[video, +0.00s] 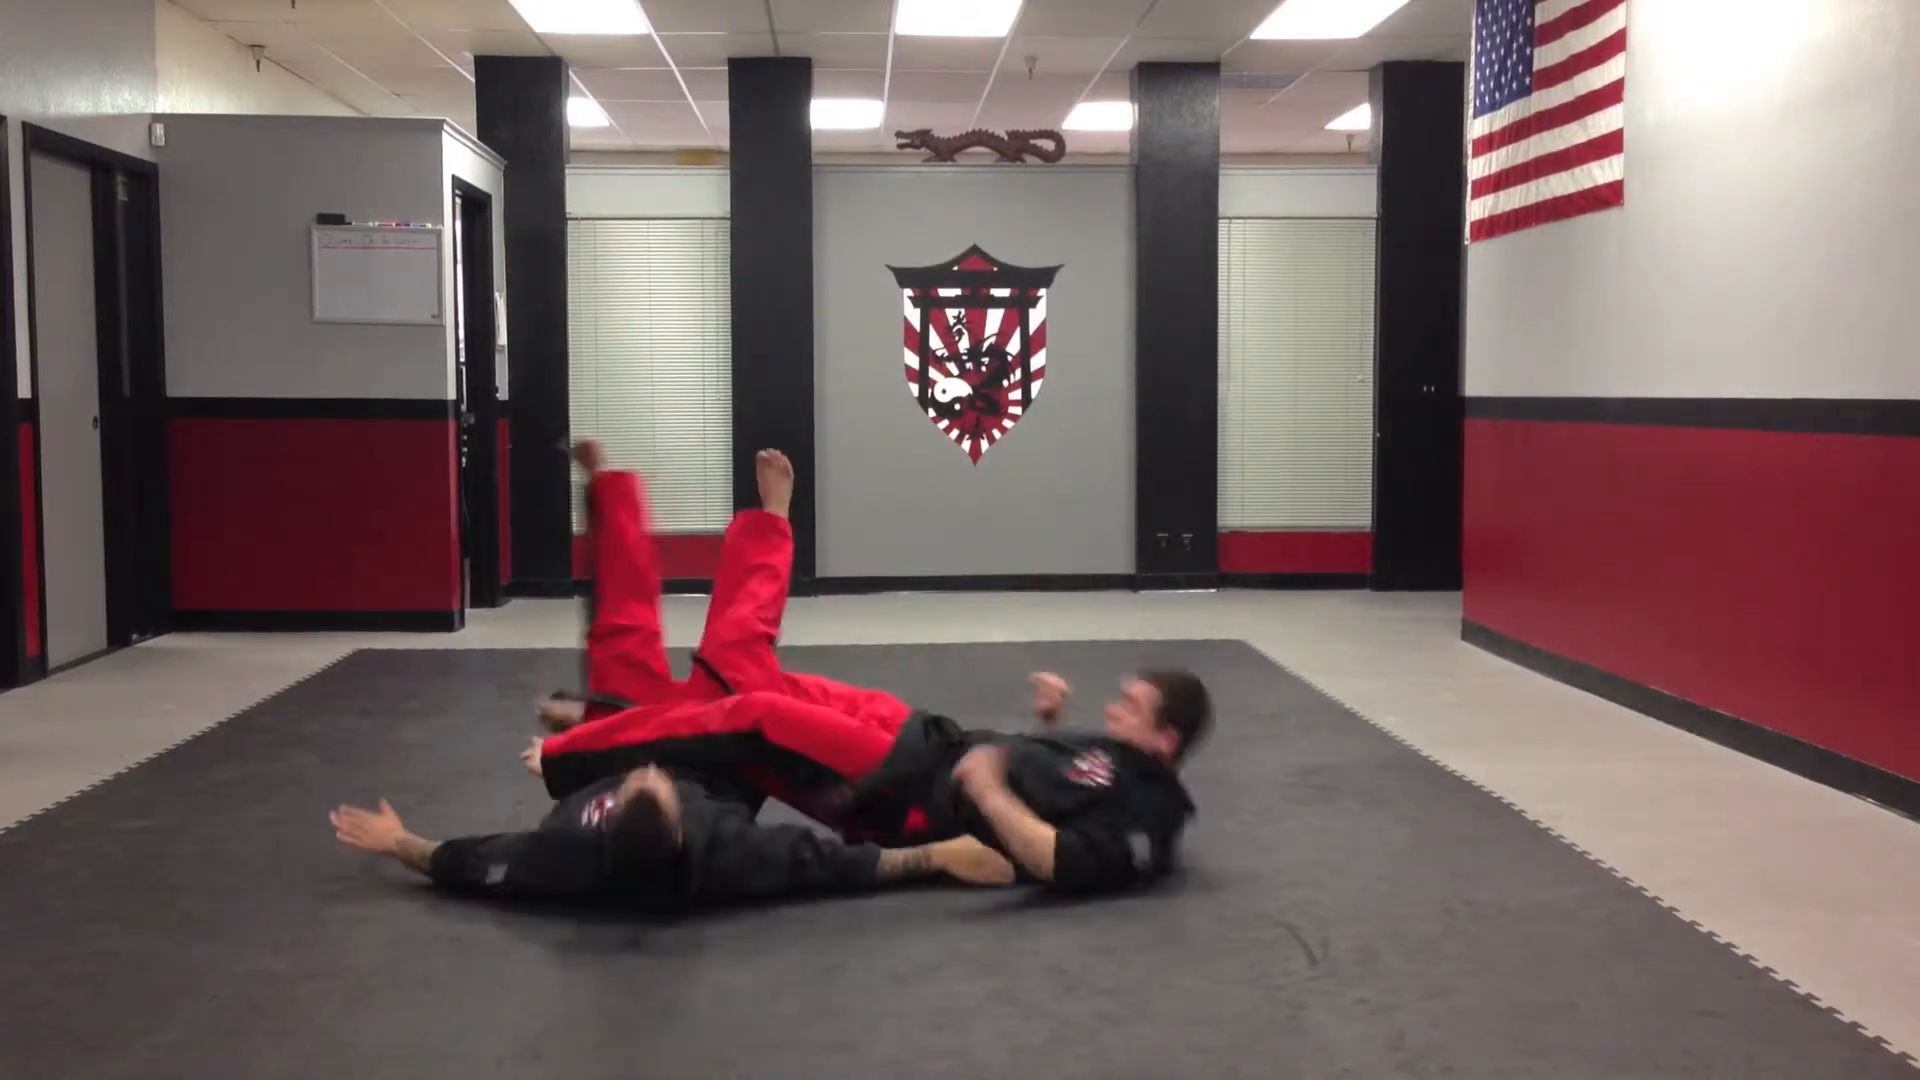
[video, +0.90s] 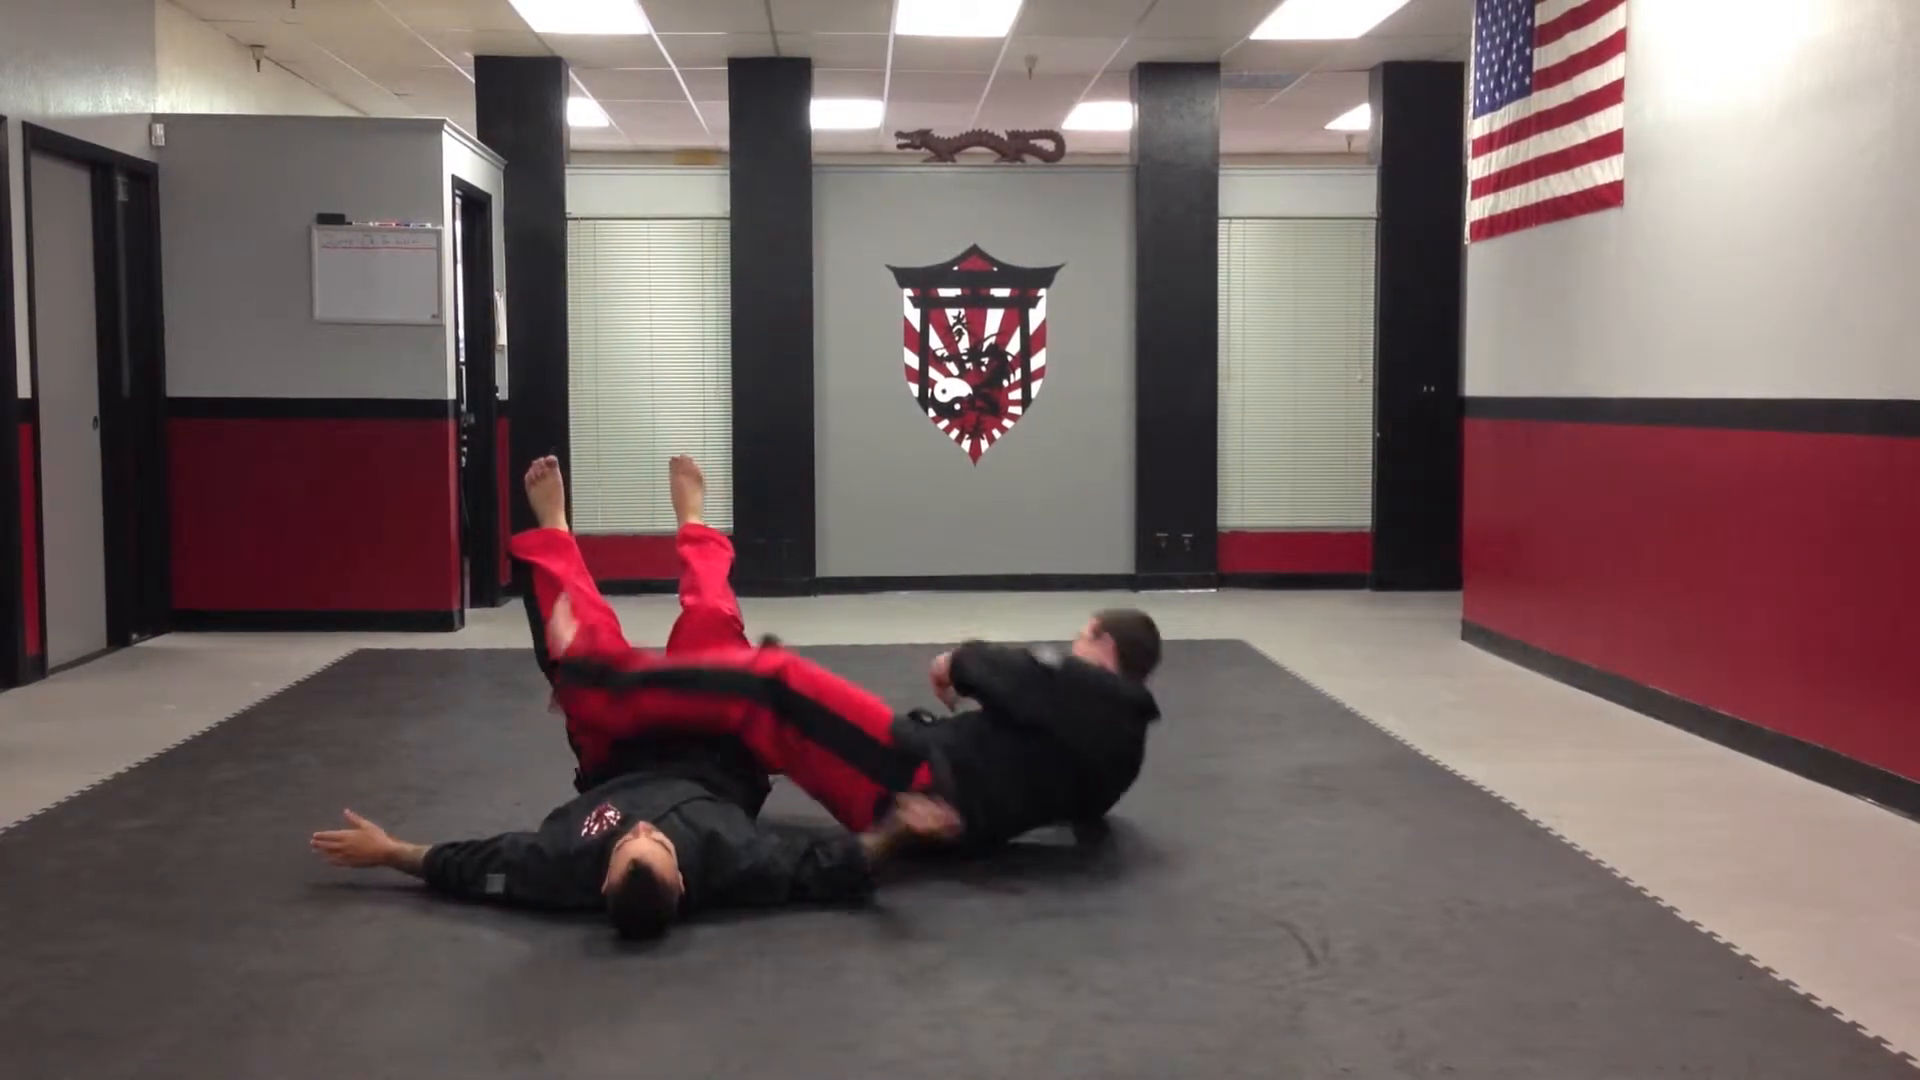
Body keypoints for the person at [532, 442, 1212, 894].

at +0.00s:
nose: (1114, 710)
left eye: (1131, 706)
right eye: (1122, 701)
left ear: (1166, 733)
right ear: (1147, 722)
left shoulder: (1146, 809)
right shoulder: (1116, 759)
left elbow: (1058, 863)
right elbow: (1044, 777)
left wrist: (992, 791)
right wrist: (1047, 723)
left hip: (913, 775)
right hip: (913, 732)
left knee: (756, 708)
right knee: (747, 690)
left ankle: (563, 757)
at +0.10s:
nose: (1144, 713)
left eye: (1164, 715)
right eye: (1153, 705)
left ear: (1191, 753)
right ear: (1160, 726)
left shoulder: (1156, 818)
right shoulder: (1121, 762)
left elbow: (1065, 867)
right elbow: (1036, 785)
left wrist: (1040, 757)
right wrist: (1071, 732)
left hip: (913, 778)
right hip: (908, 728)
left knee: (759, 714)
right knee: (748, 673)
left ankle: (569, 760)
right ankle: (768, 524)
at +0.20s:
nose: (1143, 716)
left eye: (1163, 716)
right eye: (1152, 707)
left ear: (1193, 754)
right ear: (1159, 726)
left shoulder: (1156, 818)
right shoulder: (1118, 766)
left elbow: (1070, 870)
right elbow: (1024, 793)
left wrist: (1047, 761)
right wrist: (1047, 746)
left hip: (910, 780)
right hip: (906, 731)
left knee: (763, 722)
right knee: (755, 687)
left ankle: (571, 763)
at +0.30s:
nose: (1137, 716)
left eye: (1157, 716)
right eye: (1145, 707)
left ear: (1186, 753)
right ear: (1149, 721)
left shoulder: (1150, 818)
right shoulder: (1111, 763)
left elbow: (1066, 869)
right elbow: (1018, 790)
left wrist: (1042, 760)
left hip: (913, 782)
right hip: (912, 737)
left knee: (767, 719)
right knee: (772, 687)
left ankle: (572, 765)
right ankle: (611, 733)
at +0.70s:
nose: (1106, 686)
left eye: (1125, 684)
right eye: (1113, 678)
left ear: (1159, 713)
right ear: (1136, 704)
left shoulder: (1132, 754)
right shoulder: (1102, 745)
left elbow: (1080, 776)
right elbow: (1039, 768)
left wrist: (1000, 702)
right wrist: (986, 710)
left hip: (922, 783)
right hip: (916, 792)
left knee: (756, 720)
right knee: (751, 736)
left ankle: (556, 759)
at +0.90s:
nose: (1073, 646)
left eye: (1084, 638)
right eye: (1082, 637)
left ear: (1108, 650)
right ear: (1131, 663)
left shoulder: (1102, 702)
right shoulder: (1110, 726)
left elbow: (1016, 684)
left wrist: (964, 663)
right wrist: (978, 672)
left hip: (923, 777)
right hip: (925, 789)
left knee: (774, 678)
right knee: (770, 689)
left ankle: (585, 675)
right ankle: (599, 686)